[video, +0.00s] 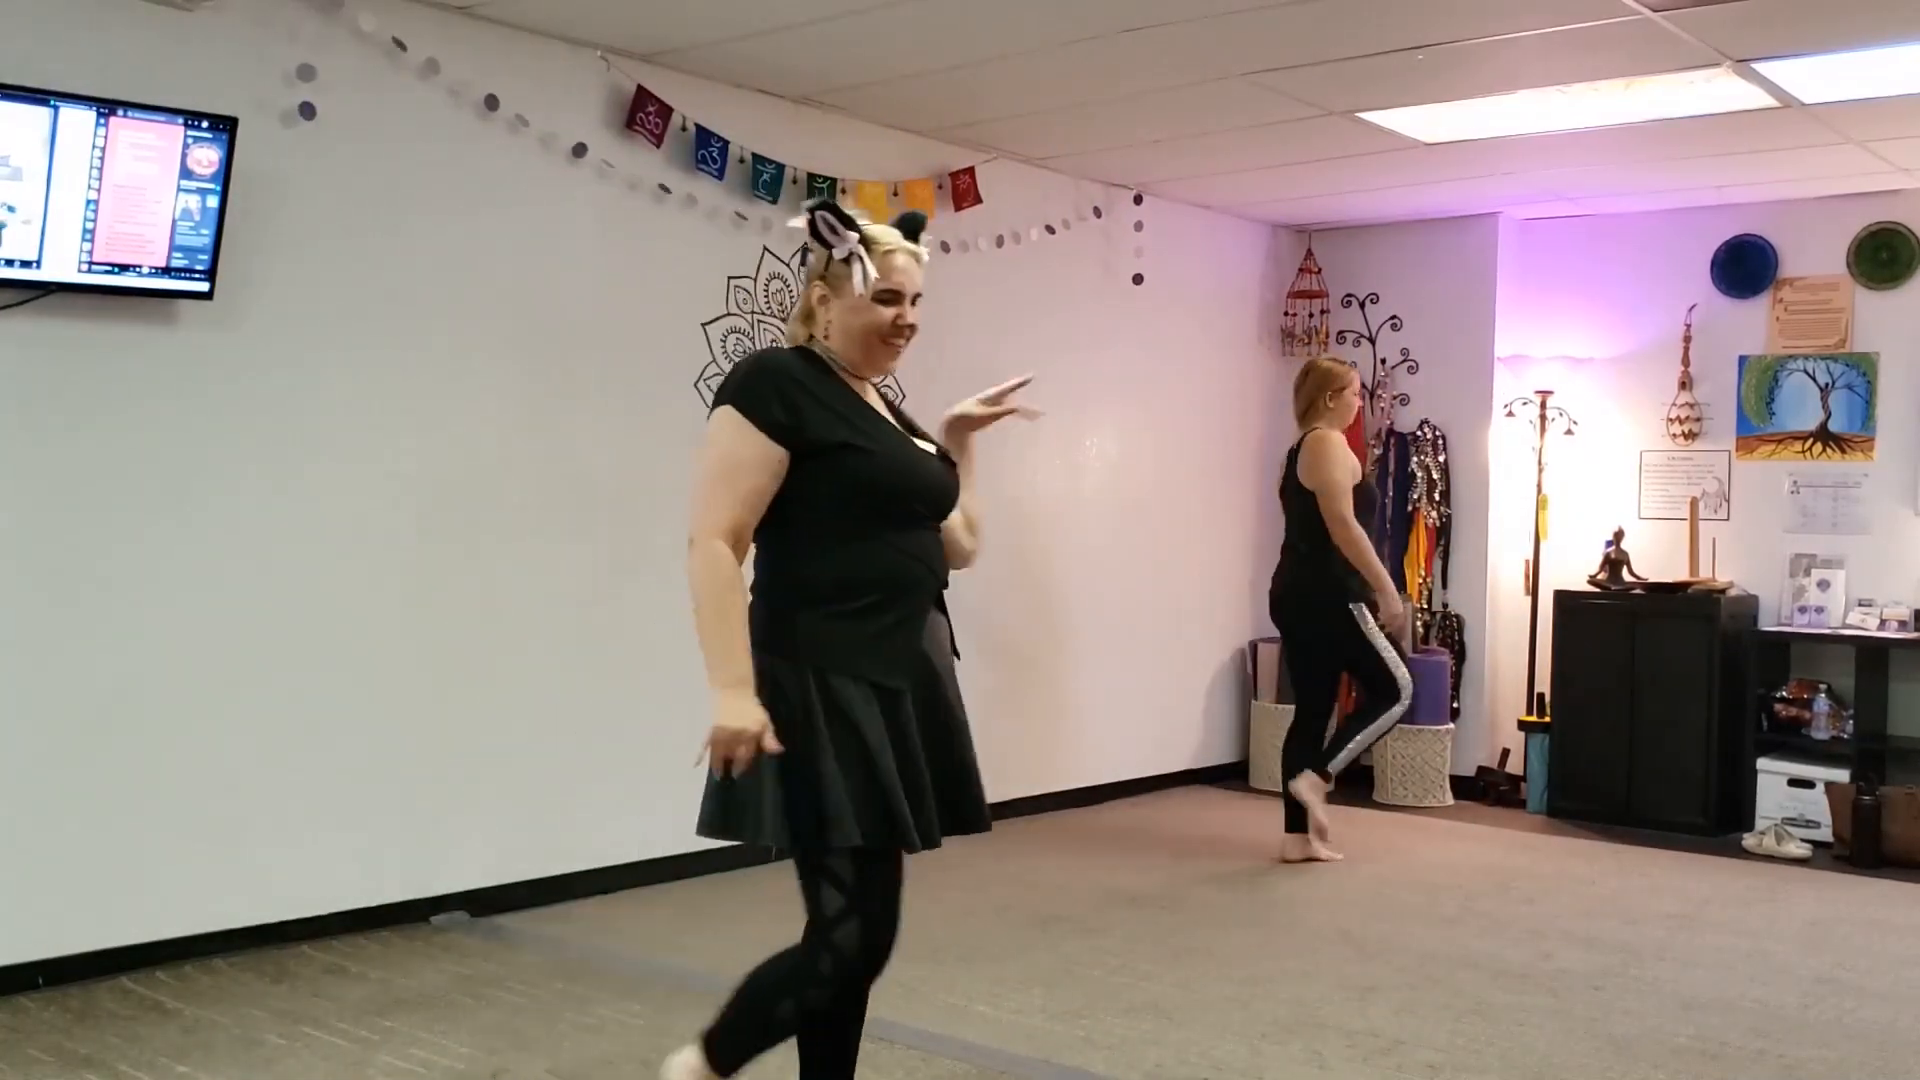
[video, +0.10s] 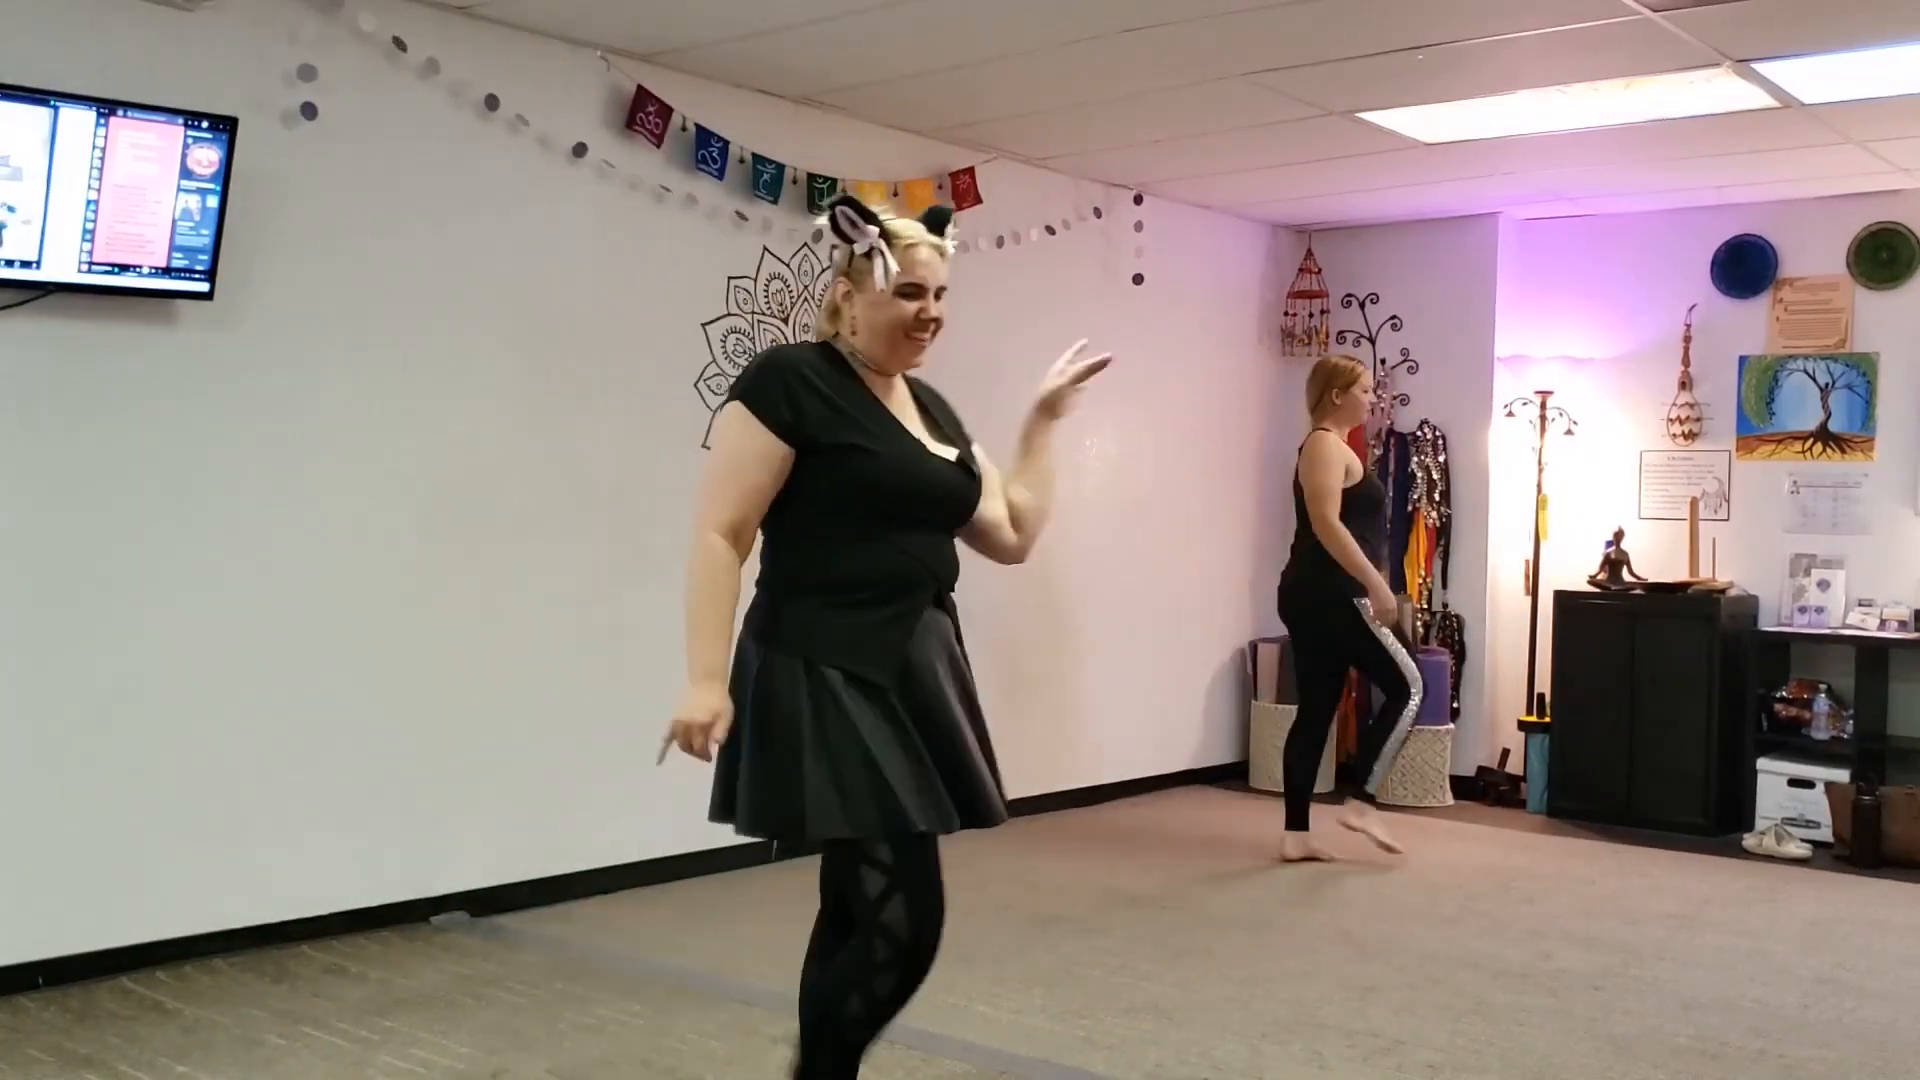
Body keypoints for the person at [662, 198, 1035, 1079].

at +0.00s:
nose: (909, 318)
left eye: (917, 301)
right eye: (890, 298)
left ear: (918, 304)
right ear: (826, 300)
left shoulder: (882, 407)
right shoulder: (774, 385)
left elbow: (960, 545)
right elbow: (716, 538)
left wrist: (956, 437)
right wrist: (732, 693)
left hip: (892, 686)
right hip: (818, 685)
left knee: (859, 935)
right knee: (850, 936)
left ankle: (829, 1078)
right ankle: (701, 1063)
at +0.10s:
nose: (932, 310)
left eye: (941, 294)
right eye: (912, 290)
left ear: (945, 299)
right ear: (847, 293)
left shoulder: (928, 408)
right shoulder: (788, 384)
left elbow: (1011, 534)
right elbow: (722, 534)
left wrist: (1045, 416)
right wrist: (706, 682)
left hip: (909, 677)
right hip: (821, 676)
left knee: (859, 914)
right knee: (905, 927)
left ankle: (821, 1069)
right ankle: (820, 1067)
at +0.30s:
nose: (963, 301)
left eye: (975, 284)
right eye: (942, 280)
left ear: (984, 290)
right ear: (880, 283)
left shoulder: (983, 395)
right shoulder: (815, 380)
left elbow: (1048, 544)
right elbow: (724, 528)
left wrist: (1144, 473)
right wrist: (682, 664)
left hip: (943, 672)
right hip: (835, 671)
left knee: (870, 908)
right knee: (944, 905)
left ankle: (831, 1078)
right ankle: (966, 1077)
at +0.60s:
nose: (1014, 291)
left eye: (1026, 275)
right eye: (992, 270)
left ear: (1034, 285)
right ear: (929, 275)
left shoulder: (1045, 394)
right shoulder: (866, 387)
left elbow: (1105, 546)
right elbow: (782, 545)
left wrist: (1235, 556)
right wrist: (716, 695)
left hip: (1006, 685)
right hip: (894, 683)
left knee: (910, 925)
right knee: (964, 935)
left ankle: (845, 1079)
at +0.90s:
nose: (1087, 273)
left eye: (1099, 255)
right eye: (1063, 252)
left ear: (1109, 266)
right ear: (999, 261)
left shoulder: (1122, 390)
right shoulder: (936, 374)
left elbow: (1196, 561)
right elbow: (845, 537)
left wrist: (1295, 685)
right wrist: (800, 685)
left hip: (1074, 693)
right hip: (949, 682)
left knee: (1024, 926)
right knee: (994, 936)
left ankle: (897, 1066)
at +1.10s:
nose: (1133, 283)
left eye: (1145, 265)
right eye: (1107, 261)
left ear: (1157, 274)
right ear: (1040, 268)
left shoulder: (1159, 398)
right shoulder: (975, 379)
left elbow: (1178, 590)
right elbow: (892, 547)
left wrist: (1182, 741)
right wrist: (873, 693)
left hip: (1116, 714)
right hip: (990, 709)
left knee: (1156, 973)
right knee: (1012, 996)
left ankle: (978, 1054)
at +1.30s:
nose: (1177, 269)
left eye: (1187, 250)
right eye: (1150, 246)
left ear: (1196, 262)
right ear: (1080, 254)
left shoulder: (1191, 381)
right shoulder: (1016, 364)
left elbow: (1174, 562)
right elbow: (932, 534)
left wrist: (1189, 710)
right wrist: (977, 664)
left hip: (1162, 707)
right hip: (1036, 706)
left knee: (1240, 969)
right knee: (1031, 997)